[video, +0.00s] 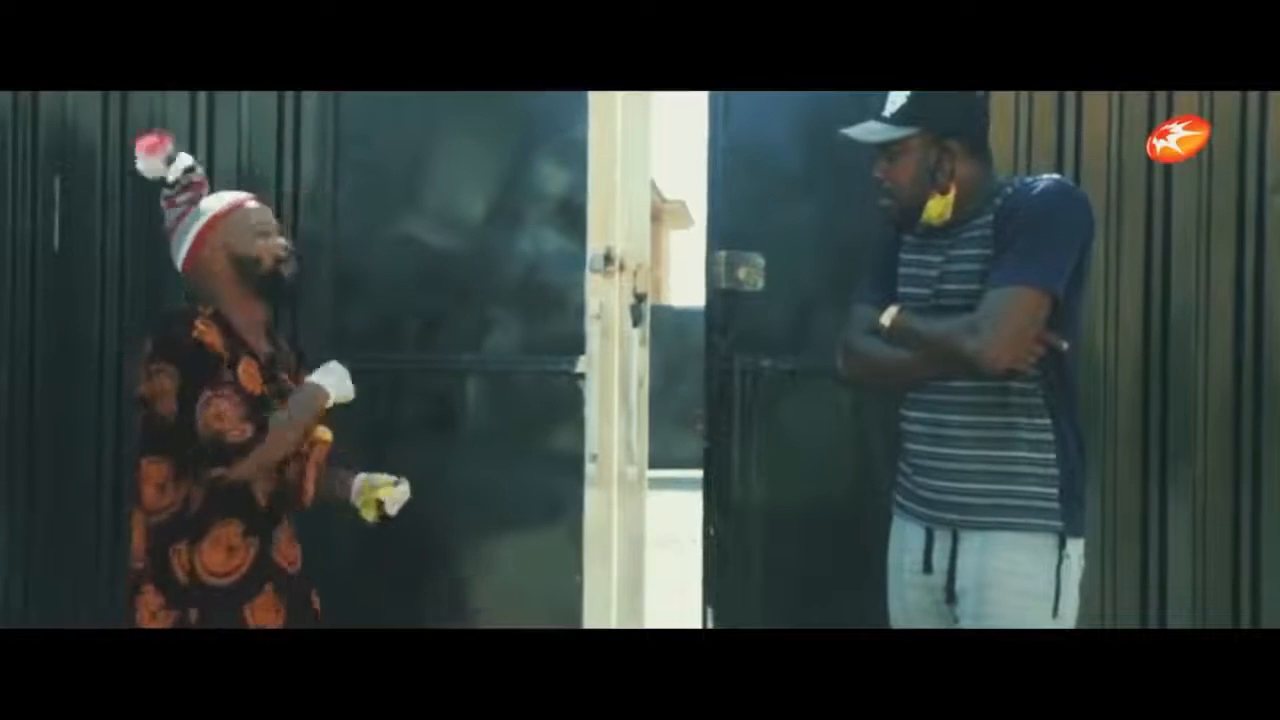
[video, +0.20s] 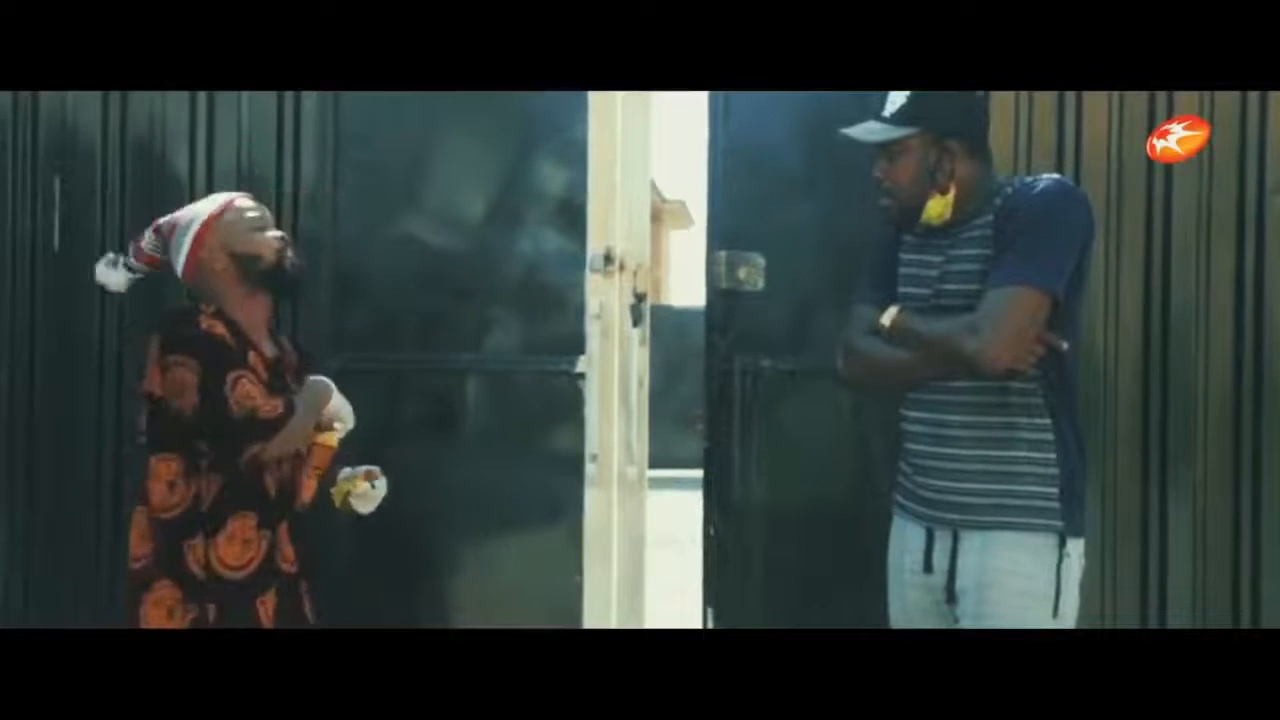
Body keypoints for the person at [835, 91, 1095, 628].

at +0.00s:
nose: (877, 174)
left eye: (893, 155)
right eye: (878, 156)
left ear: (950, 157)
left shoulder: (1047, 204)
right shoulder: (901, 228)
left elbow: (994, 348)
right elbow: (853, 358)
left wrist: (895, 321)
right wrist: (979, 344)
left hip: (1020, 527)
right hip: (917, 516)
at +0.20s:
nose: (877, 174)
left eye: (893, 155)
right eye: (878, 156)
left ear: (950, 158)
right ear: (941, 162)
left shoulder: (1047, 203)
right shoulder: (901, 229)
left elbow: (994, 348)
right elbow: (853, 360)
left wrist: (895, 321)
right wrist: (979, 343)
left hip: (1020, 527)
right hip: (917, 516)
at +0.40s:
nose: (878, 172)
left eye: (894, 153)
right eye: (878, 154)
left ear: (952, 154)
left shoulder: (1047, 203)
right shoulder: (901, 227)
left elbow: (995, 348)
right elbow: (853, 359)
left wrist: (896, 321)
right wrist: (980, 343)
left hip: (1021, 527)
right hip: (917, 516)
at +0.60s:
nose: (879, 170)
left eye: (895, 151)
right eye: (879, 152)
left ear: (952, 151)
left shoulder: (1048, 202)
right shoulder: (902, 225)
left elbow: (996, 347)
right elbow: (854, 359)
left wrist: (895, 320)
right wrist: (980, 343)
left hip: (1021, 526)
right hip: (918, 514)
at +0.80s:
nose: (878, 170)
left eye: (894, 150)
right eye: (879, 152)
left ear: (951, 152)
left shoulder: (1048, 201)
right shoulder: (904, 226)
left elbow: (996, 347)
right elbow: (854, 360)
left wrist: (894, 319)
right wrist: (981, 343)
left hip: (1021, 526)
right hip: (917, 515)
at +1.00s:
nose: (878, 169)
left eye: (894, 149)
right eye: (879, 151)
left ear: (950, 150)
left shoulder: (1047, 200)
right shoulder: (904, 226)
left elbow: (995, 346)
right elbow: (854, 359)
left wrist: (894, 318)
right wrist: (982, 342)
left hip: (1022, 523)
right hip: (918, 514)